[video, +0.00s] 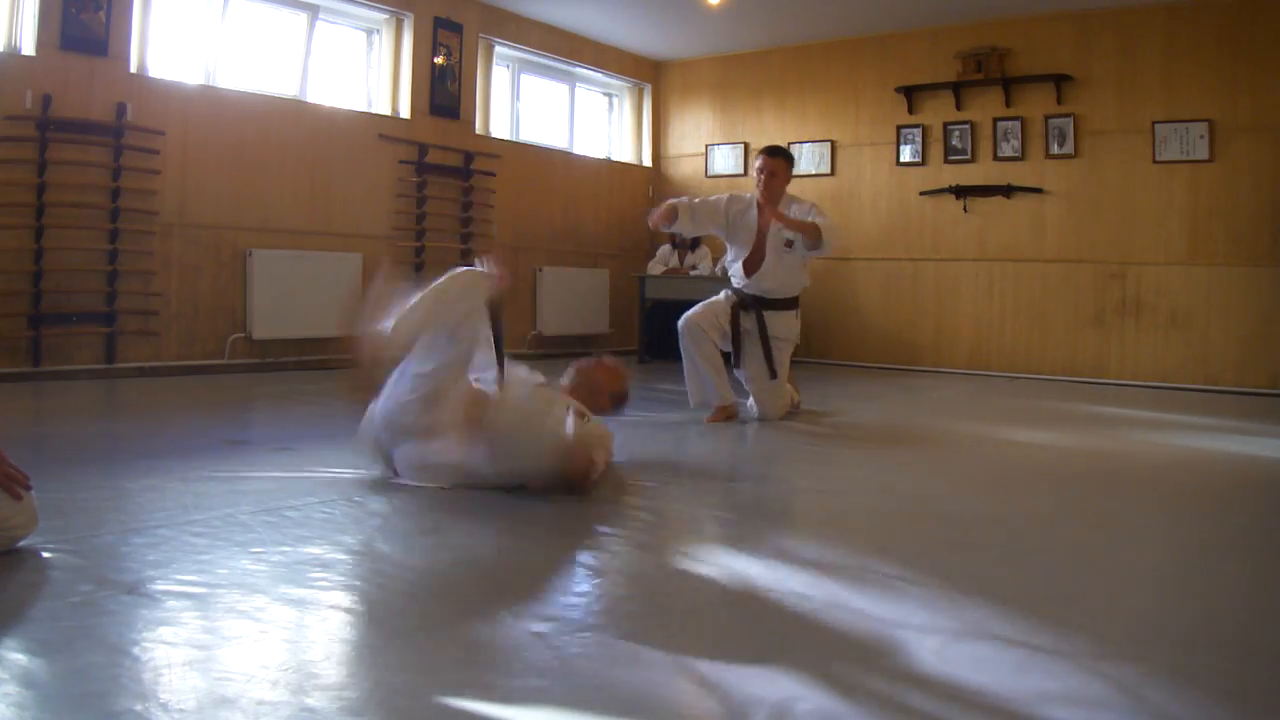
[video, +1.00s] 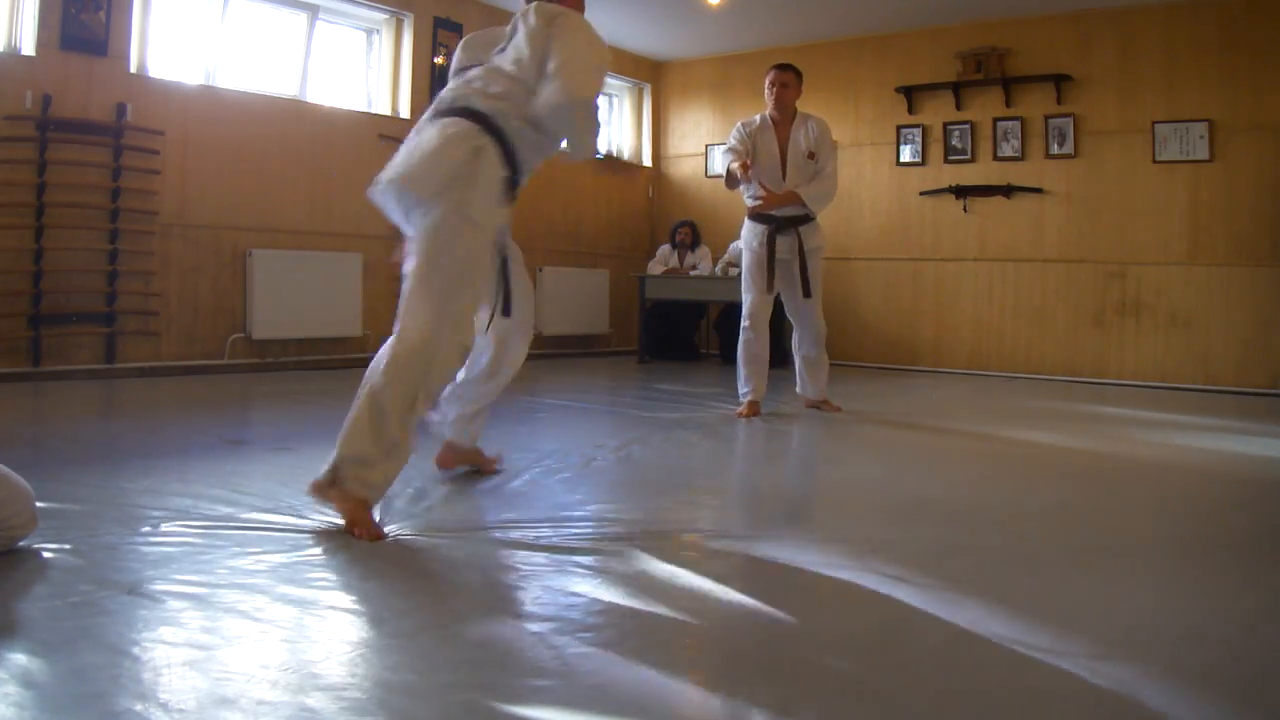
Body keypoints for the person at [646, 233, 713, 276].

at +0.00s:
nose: (681, 240)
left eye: (685, 237)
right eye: (678, 236)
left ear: (692, 238)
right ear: (673, 237)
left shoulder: (702, 251)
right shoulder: (666, 250)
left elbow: (706, 271)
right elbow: (651, 268)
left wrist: (684, 273)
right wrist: (671, 272)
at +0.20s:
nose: (683, 237)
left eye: (687, 234)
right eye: (680, 234)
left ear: (693, 234)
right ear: (674, 235)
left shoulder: (703, 251)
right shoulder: (665, 250)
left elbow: (707, 271)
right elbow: (652, 267)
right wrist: (664, 271)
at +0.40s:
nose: (682, 237)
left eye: (687, 234)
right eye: (679, 233)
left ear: (693, 237)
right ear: (674, 235)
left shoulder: (702, 251)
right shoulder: (666, 250)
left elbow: (706, 271)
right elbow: (651, 268)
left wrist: (683, 273)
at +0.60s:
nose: (682, 237)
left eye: (686, 234)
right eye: (679, 234)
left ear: (693, 237)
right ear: (674, 235)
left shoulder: (702, 251)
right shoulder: (666, 250)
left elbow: (706, 271)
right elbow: (651, 268)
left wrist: (684, 273)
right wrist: (670, 272)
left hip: (693, 298)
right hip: (667, 297)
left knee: (690, 317)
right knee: (653, 313)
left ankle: (687, 351)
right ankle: (651, 352)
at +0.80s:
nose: (682, 237)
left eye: (686, 234)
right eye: (679, 234)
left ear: (693, 237)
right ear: (674, 236)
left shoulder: (702, 251)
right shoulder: (666, 250)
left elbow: (706, 271)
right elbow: (651, 268)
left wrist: (684, 273)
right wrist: (671, 272)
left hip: (692, 298)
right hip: (667, 298)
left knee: (686, 319)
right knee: (653, 315)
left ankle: (685, 353)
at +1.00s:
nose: (682, 237)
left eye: (686, 234)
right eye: (679, 234)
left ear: (693, 237)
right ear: (674, 235)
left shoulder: (702, 251)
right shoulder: (666, 249)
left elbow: (706, 271)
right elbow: (651, 268)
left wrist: (684, 273)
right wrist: (671, 272)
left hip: (692, 298)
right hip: (667, 297)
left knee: (687, 317)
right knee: (653, 314)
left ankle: (686, 352)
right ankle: (653, 352)